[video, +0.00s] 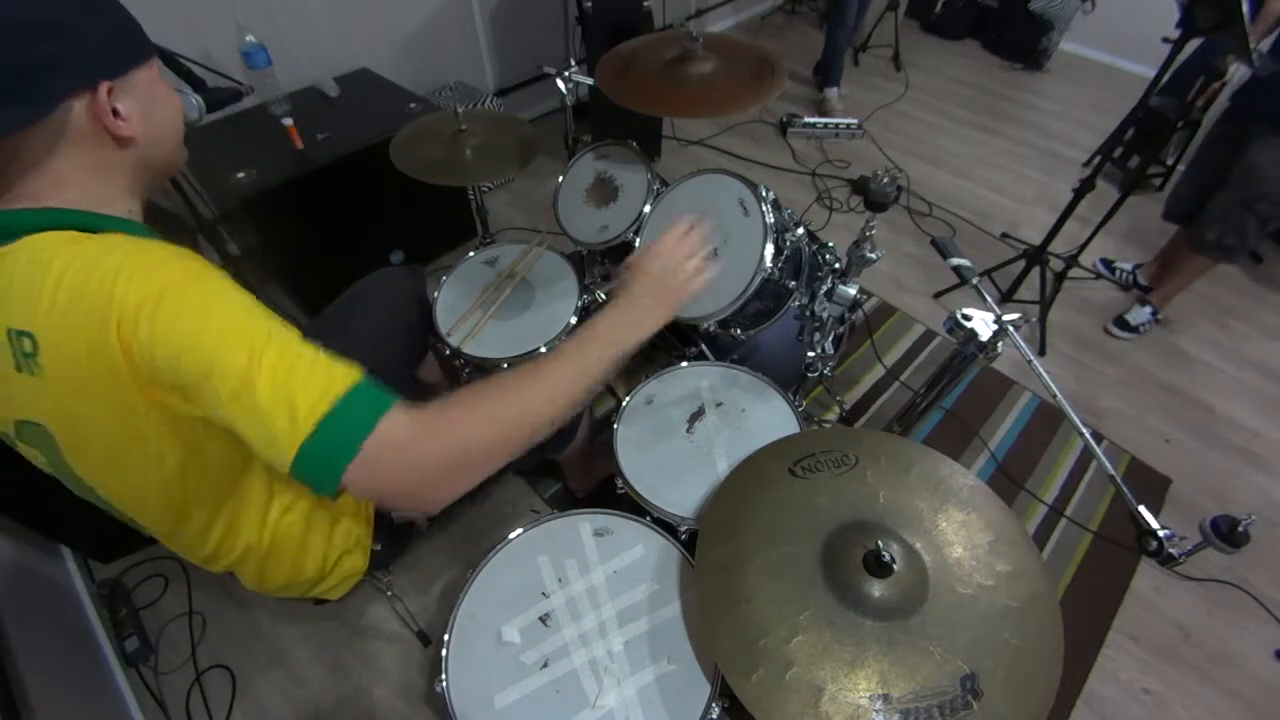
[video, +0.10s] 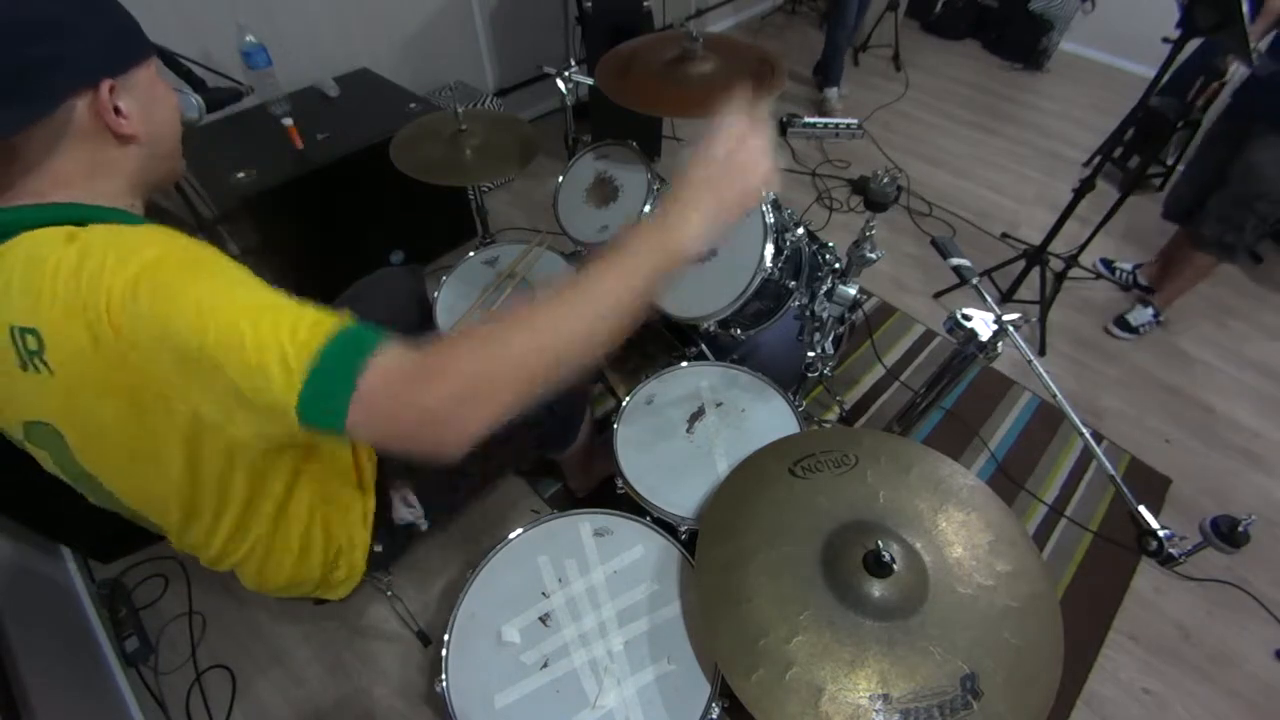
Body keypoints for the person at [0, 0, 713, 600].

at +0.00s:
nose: (176, 90)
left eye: (161, 69)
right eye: (157, 72)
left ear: (52, 121)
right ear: (111, 110)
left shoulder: (18, 259)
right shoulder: (145, 292)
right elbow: (423, 471)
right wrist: (635, 309)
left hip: (222, 511)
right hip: (327, 533)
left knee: (397, 287)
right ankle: (578, 464)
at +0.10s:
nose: (176, 100)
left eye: (162, 74)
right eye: (161, 76)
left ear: (69, 112)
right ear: (113, 108)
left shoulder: (18, 262)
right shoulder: (139, 283)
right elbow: (437, 407)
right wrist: (683, 221)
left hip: (231, 518)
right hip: (342, 530)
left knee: (400, 284)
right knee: (547, 356)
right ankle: (586, 477)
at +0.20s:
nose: (179, 100)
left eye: (164, 75)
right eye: (160, 76)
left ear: (31, 121)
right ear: (115, 104)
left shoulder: (24, 263)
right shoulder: (113, 275)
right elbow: (424, 347)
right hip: (350, 515)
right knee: (565, 377)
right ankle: (583, 486)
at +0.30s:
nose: (181, 102)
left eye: (170, 76)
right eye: (167, 78)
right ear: (120, 100)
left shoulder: (26, 247)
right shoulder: (108, 261)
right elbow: (397, 296)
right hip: (345, 523)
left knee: (402, 341)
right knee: (566, 377)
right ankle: (577, 475)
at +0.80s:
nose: (181, 110)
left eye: (175, 88)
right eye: (168, 88)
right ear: (110, 109)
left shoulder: (27, 221)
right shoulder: (67, 246)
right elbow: (281, 302)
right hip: (337, 507)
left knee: (415, 286)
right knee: (568, 375)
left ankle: (419, 402)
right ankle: (577, 475)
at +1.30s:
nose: (175, 179)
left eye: (176, 151)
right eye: (165, 151)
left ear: (73, 150)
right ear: (82, 151)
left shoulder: (42, 239)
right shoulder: (27, 283)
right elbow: (194, 326)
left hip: (286, 392)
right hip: (345, 508)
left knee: (406, 283)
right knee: (558, 365)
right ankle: (566, 475)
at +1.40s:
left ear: (72, 154)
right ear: (80, 157)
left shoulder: (38, 240)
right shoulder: (23, 304)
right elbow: (162, 364)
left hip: (297, 393)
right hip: (351, 505)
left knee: (407, 280)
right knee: (558, 368)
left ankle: (420, 398)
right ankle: (570, 468)